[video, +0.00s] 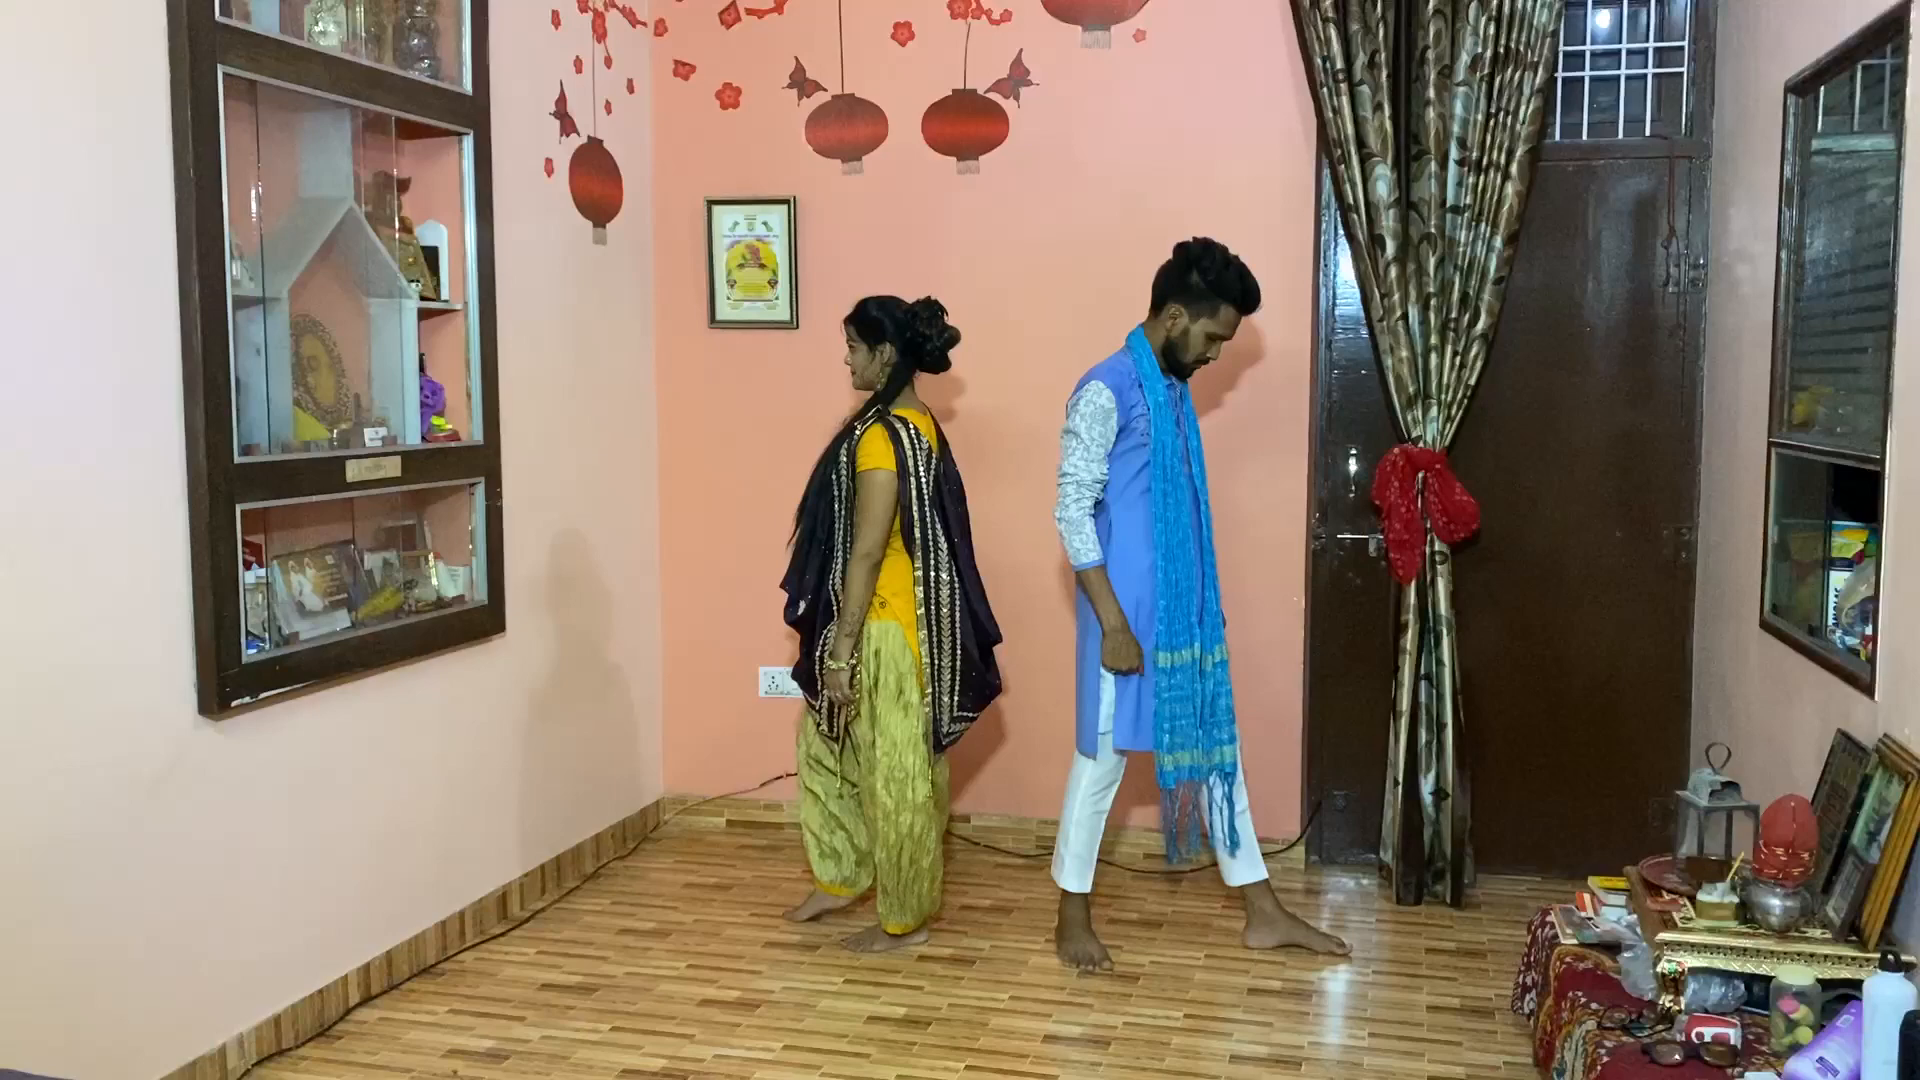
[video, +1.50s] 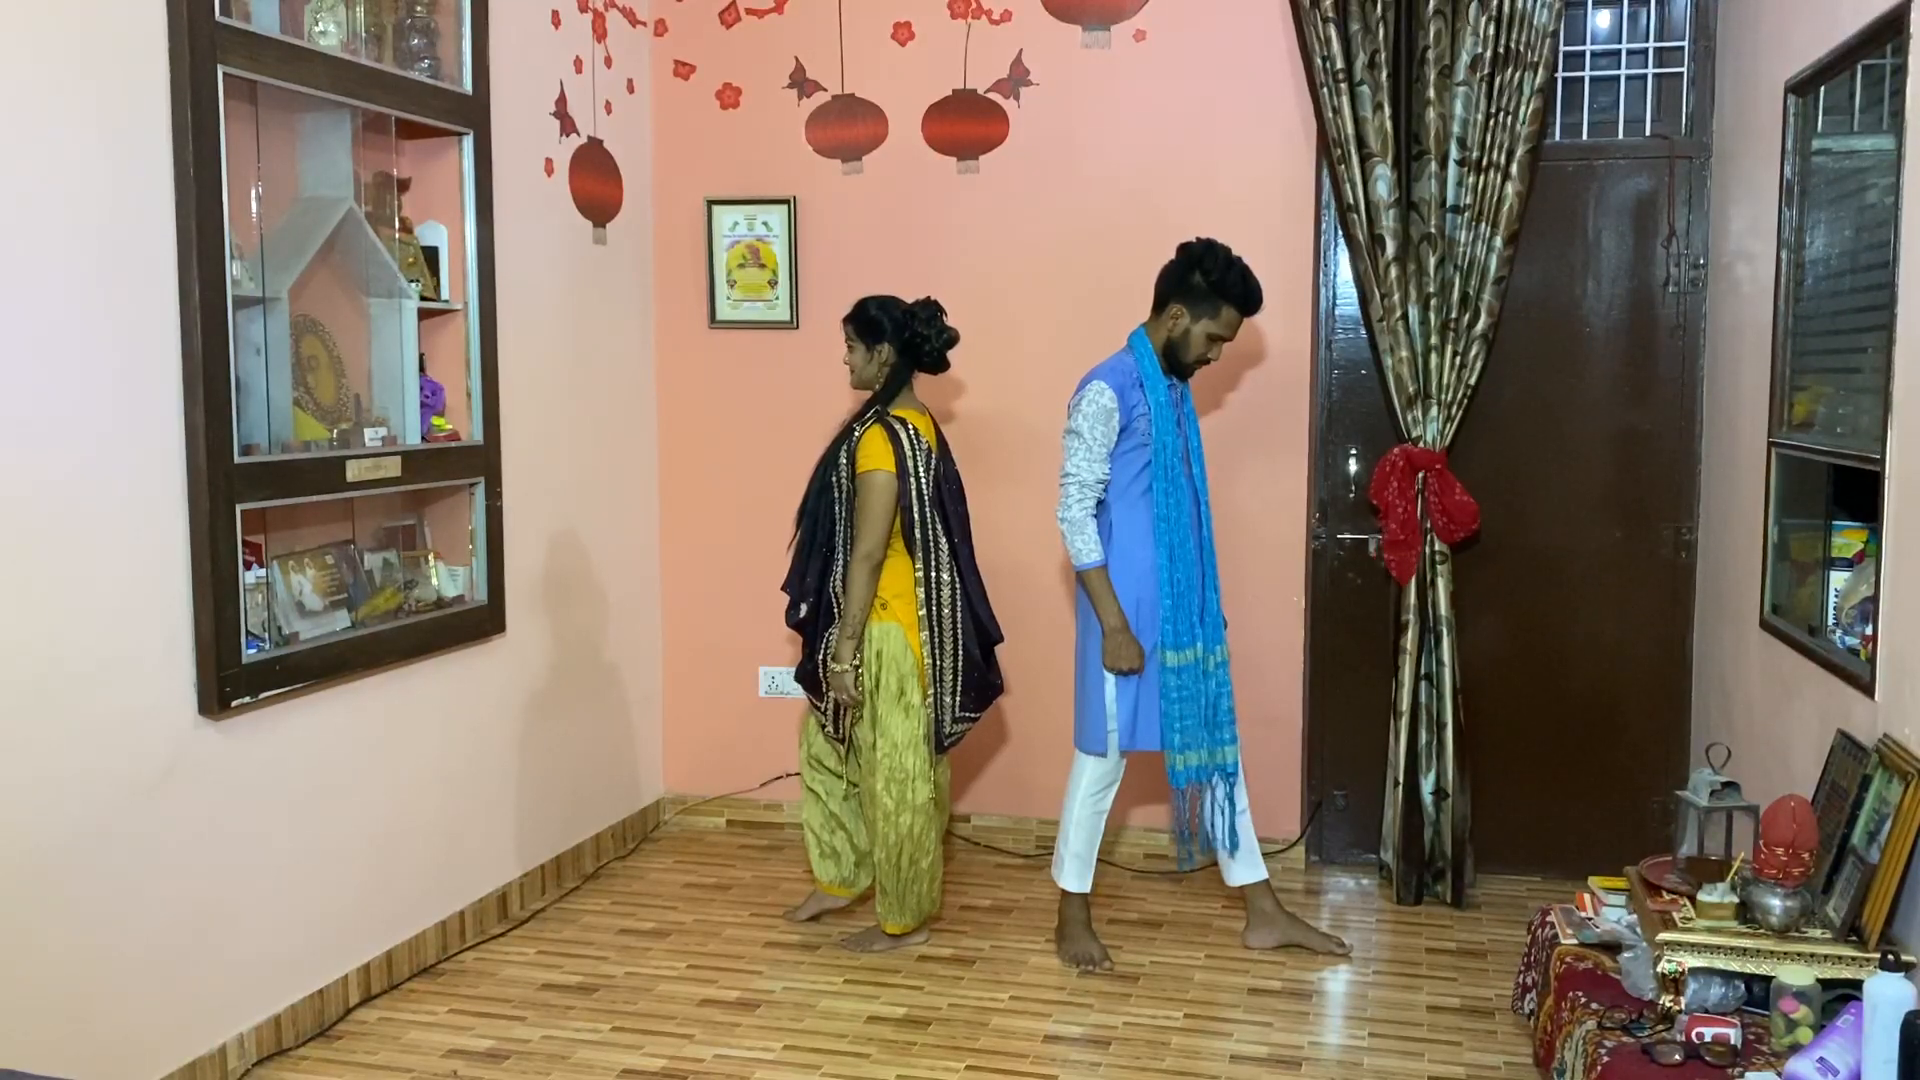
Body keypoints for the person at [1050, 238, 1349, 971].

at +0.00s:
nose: (1218, 351)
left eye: (1226, 338)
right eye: (1214, 335)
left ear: (1192, 320)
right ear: (1171, 313)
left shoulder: (1172, 391)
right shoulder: (1104, 394)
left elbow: (1170, 514)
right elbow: (1073, 515)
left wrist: (1197, 606)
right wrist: (1113, 623)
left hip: (1185, 607)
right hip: (1122, 608)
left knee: (1214, 745)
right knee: (1102, 758)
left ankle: (1263, 908)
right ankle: (1073, 916)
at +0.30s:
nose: (1217, 352)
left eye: (1224, 339)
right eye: (1213, 336)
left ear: (1194, 321)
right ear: (1171, 313)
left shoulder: (1173, 391)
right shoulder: (1104, 393)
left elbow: (1177, 516)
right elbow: (1075, 515)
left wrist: (1204, 608)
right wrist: (1113, 623)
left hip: (1186, 606)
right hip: (1123, 607)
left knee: (1214, 746)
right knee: (1102, 757)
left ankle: (1263, 908)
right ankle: (1073, 914)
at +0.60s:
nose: (1217, 352)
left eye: (1225, 340)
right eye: (1214, 336)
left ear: (1196, 320)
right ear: (1171, 312)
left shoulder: (1173, 390)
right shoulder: (1105, 393)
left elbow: (1176, 516)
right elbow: (1075, 515)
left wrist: (1202, 609)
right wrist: (1112, 624)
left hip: (1185, 606)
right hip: (1122, 607)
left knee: (1213, 746)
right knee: (1102, 756)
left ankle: (1263, 908)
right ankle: (1073, 915)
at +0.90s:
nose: (1218, 353)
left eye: (1226, 340)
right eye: (1215, 337)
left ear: (1195, 320)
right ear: (1173, 313)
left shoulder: (1172, 390)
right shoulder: (1105, 393)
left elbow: (1171, 515)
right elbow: (1075, 514)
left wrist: (1197, 607)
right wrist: (1113, 623)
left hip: (1185, 605)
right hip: (1123, 606)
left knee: (1213, 745)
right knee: (1103, 756)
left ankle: (1263, 908)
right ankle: (1073, 915)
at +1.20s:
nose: (1218, 353)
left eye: (1226, 340)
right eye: (1215, 336)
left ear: (1193, 320)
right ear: (1173, 312)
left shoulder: (1172, 393)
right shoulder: (1105, 393)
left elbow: (1172, 516)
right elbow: (1075, 515)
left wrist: (1197, 607)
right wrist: (1113, 623)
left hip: (1184, 605)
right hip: (1122, 607)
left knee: (1211, 745)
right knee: (1102, 756)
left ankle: (1263, 907)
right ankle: (1072, 914)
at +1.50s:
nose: (1218, 353)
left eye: (1226, 340)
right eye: (1215, 336)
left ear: (1194, 320)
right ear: (1173, 312)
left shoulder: (1172, 392)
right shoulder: (1105, 393)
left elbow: (1173, 516)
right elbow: (1076, 515)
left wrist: (1199, 608)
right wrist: (1113, 623)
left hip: (1184, 605)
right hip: (1122, 607)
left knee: (1211, 745)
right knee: (1102, 756)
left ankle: (1263, 907)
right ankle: (1072, 913)